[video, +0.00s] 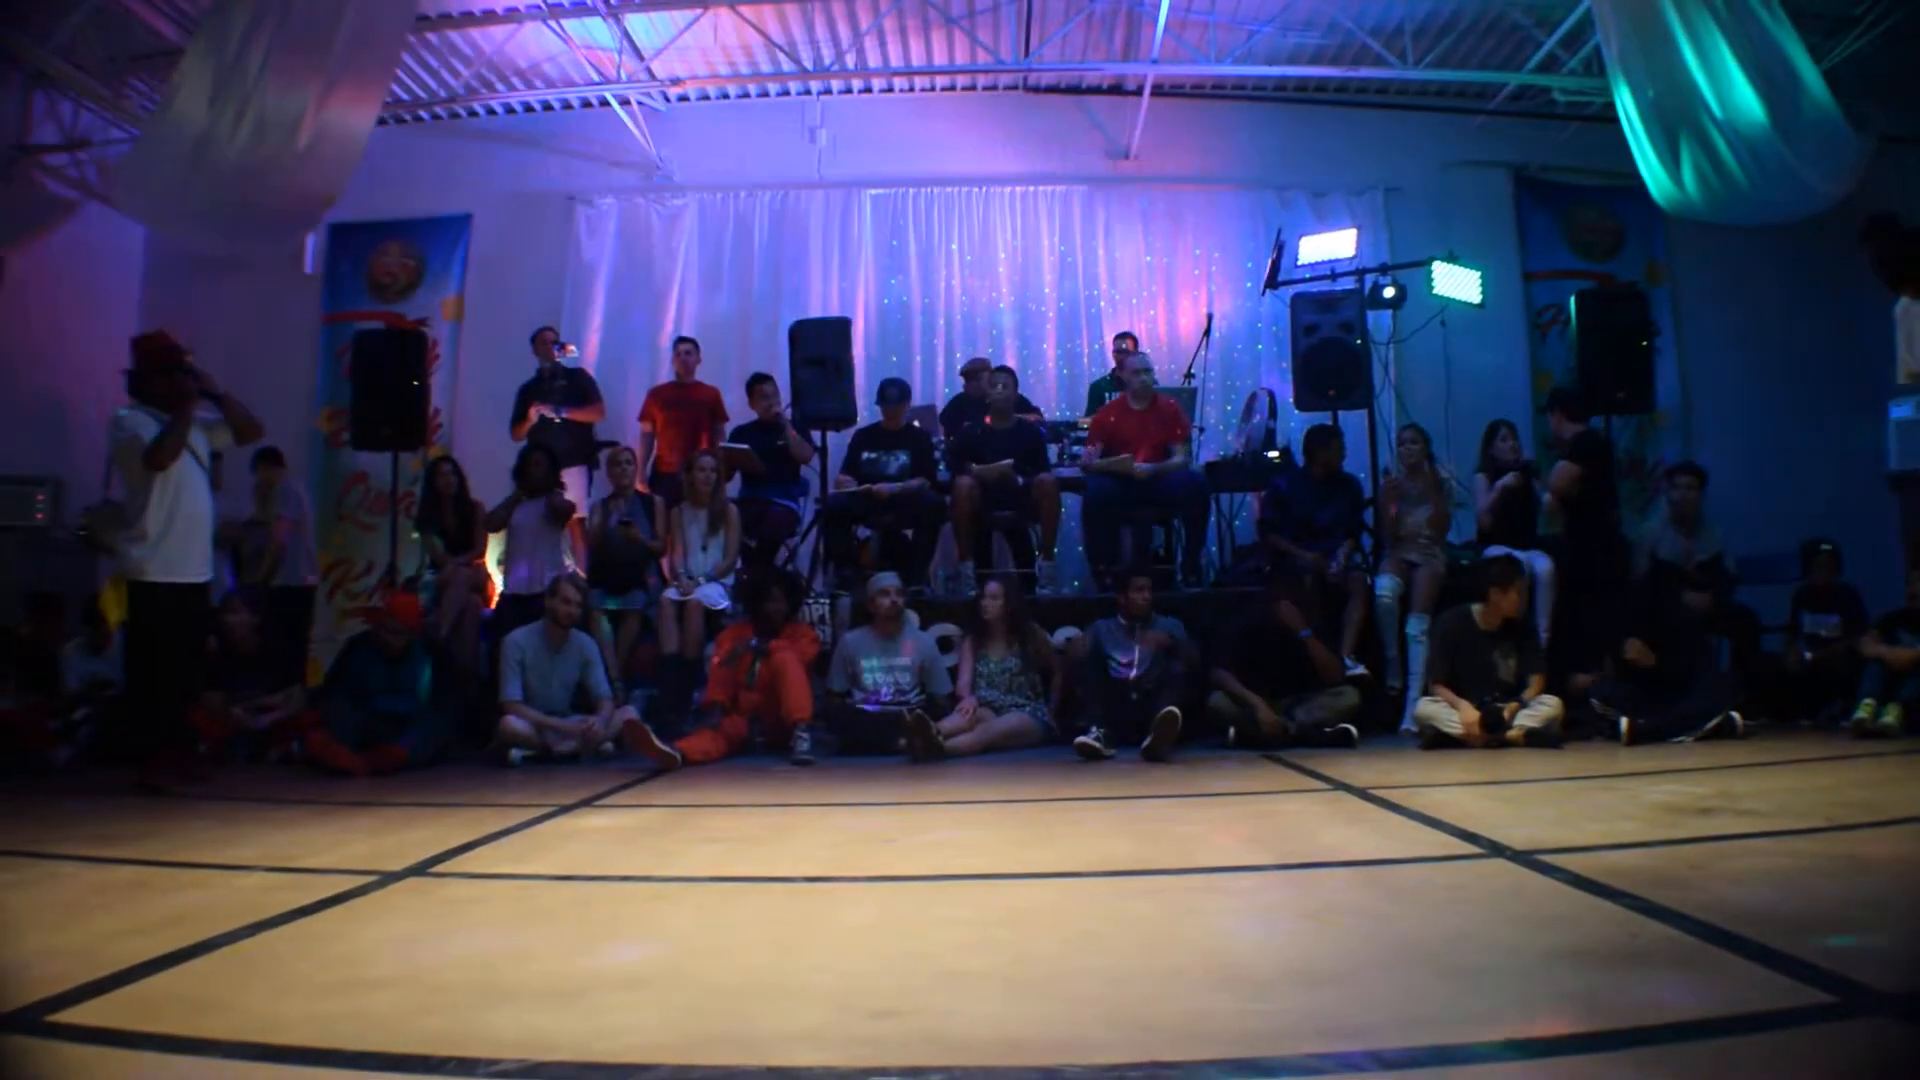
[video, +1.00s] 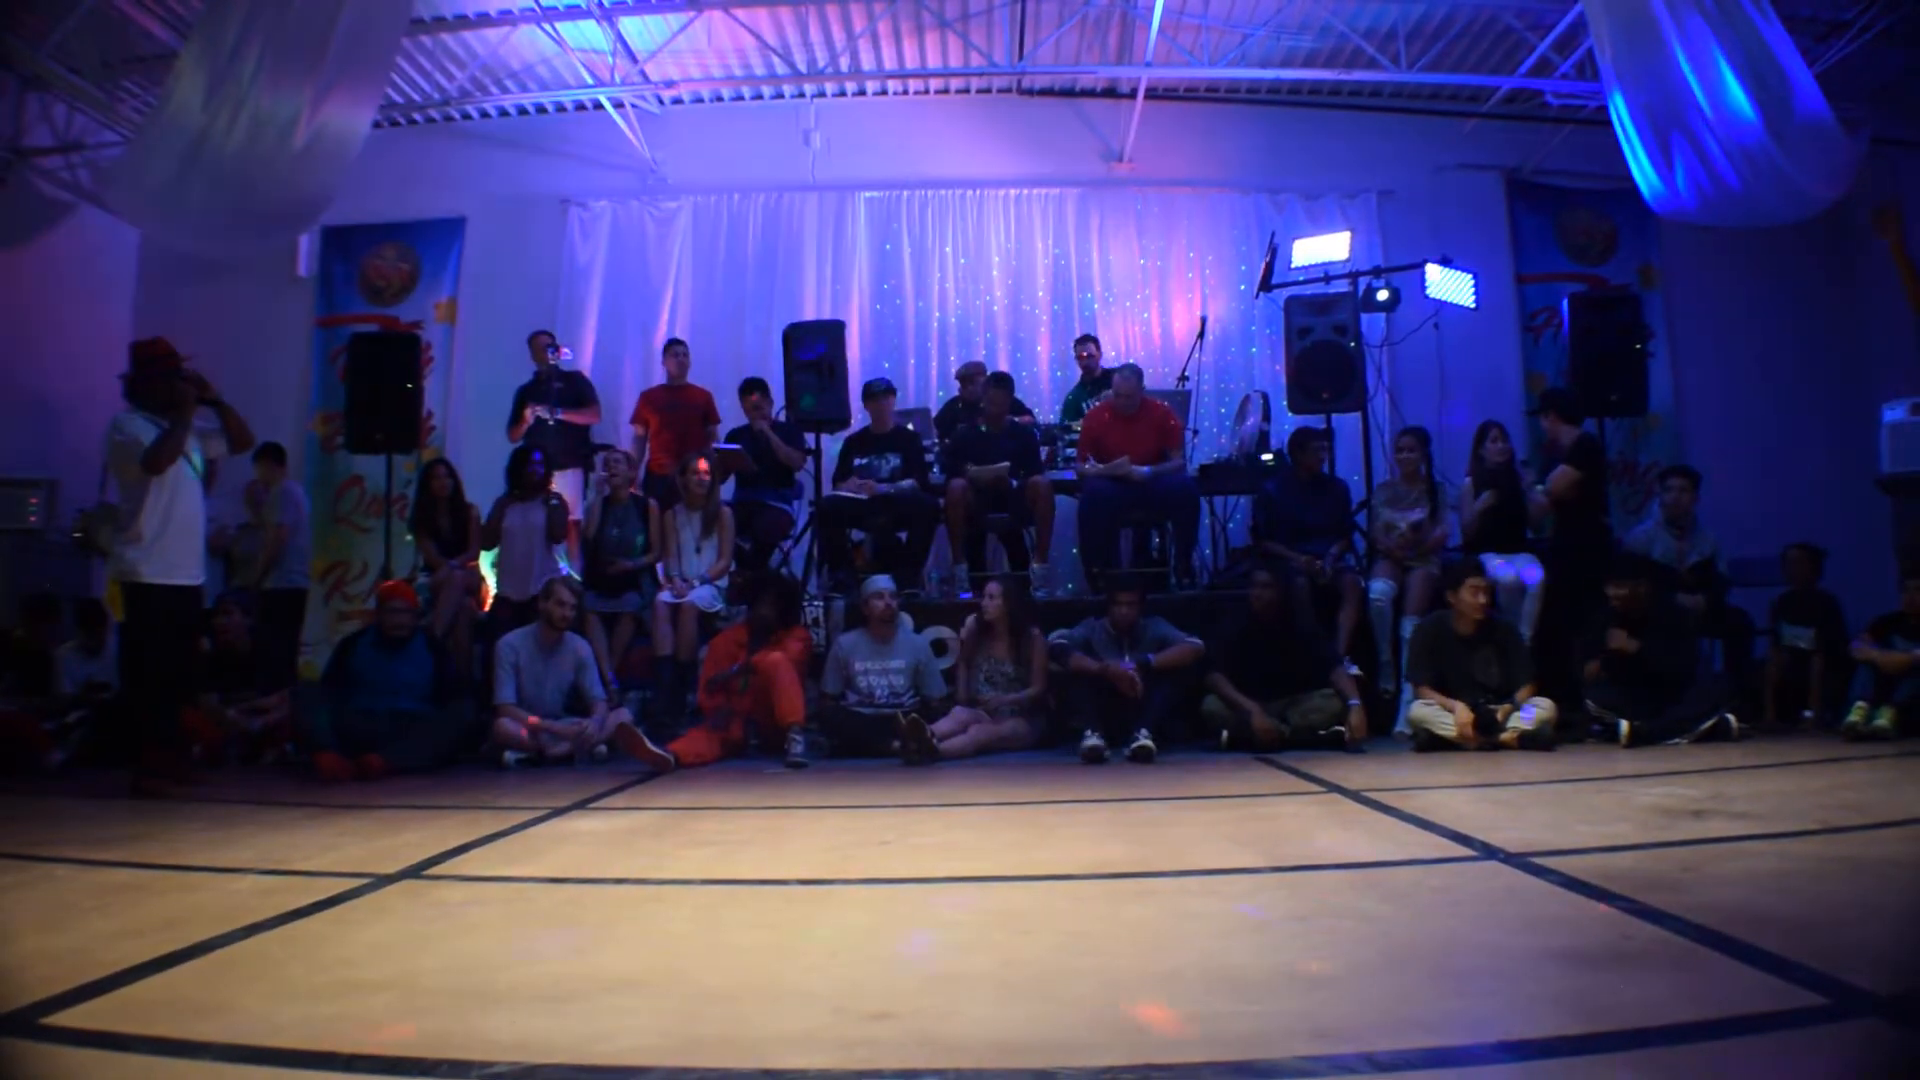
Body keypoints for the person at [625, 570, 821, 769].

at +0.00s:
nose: (773, 609)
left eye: (780, 603)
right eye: (768, 602)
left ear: (791, 606)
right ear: (755, 603)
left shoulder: (802, 633)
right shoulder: (734, 636)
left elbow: (801, 655)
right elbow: (720, 674)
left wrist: (765, 649)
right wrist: (715, 708)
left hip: (781, 715)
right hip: (742, 719)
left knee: (784, 657)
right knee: (716, 737)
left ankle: (801, 734)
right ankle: (677, 752)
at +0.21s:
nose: (775, 611)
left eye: (781, 604)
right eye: (769, 603)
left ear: (791, 607)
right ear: (755, 604)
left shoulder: (799, 635)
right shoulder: (730, 639)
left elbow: (795, 658)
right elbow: (714, 687)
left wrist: (760, 659)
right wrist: (714, 713)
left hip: (779, 715)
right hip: (741, 718)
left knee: (779, 658)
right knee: (728, 732)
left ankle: (798, 735)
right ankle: (674, 753)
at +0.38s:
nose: (774, 612)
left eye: (779, 605)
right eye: (768, 604)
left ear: (789, 608)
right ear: (754, 605)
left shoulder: (797, 634)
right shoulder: (728, 639)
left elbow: (797, 652)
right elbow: (714, 683)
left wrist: (756, 662)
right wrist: (712, 712)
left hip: (778, 714)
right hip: (740, 719)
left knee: (777, 658)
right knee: (715, 738)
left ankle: (796, 736)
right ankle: (673, 755)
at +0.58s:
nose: (773, 611)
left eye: (779, 605)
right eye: (767, 604)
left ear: (788, 608)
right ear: (753, 606)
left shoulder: (796, 636)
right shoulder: (727, 639)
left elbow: (794, 657)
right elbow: (711, 683)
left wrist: (755, 661)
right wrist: (712, 709)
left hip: (777, 714)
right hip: (739, 717)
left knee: (777, 662)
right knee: (716, 737)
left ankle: (795, 737)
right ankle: (672, 755)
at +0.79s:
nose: (763, 614)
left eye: (772, 607)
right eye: (759, 606)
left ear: (785, 612)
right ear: (751, 607)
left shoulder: (796, 636)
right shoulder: (730, 637)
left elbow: (785, 659)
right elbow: (712, 676)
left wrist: (747, 665)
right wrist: (712, 706)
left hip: (774, 714)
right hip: (738, 716)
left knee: (774, 660)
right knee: (720, 736)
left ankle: (795, 737)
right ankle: (672, 755)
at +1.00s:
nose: (762, 613)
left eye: (771, 607)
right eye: (758, 606)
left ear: (785, 612)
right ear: (750, 607)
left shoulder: (796, 637)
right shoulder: (726, 642)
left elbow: (786, 658)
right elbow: (707, 695)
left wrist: (744, 667)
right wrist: (720, 713)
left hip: (773, 720)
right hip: (737, 723)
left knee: (775, 660)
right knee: (706, 738)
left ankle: (795, 737)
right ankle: (670, 755)